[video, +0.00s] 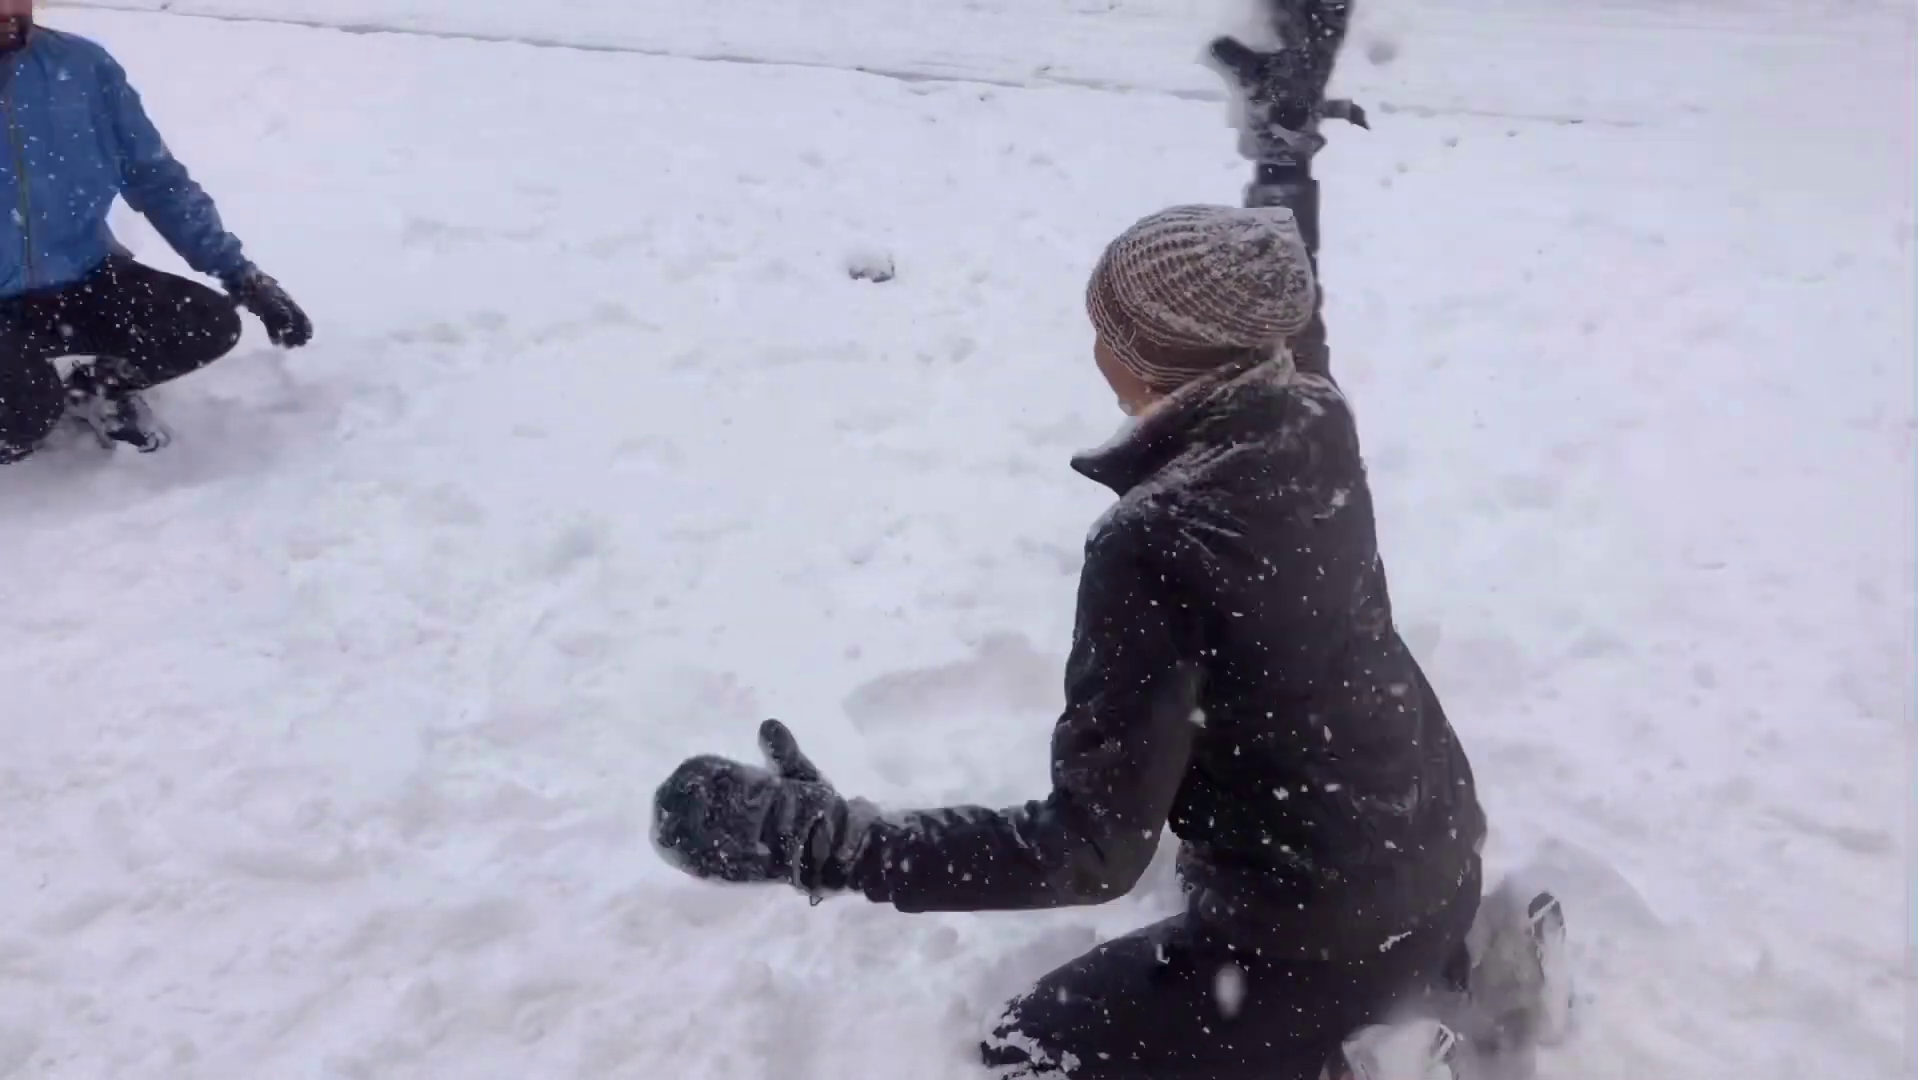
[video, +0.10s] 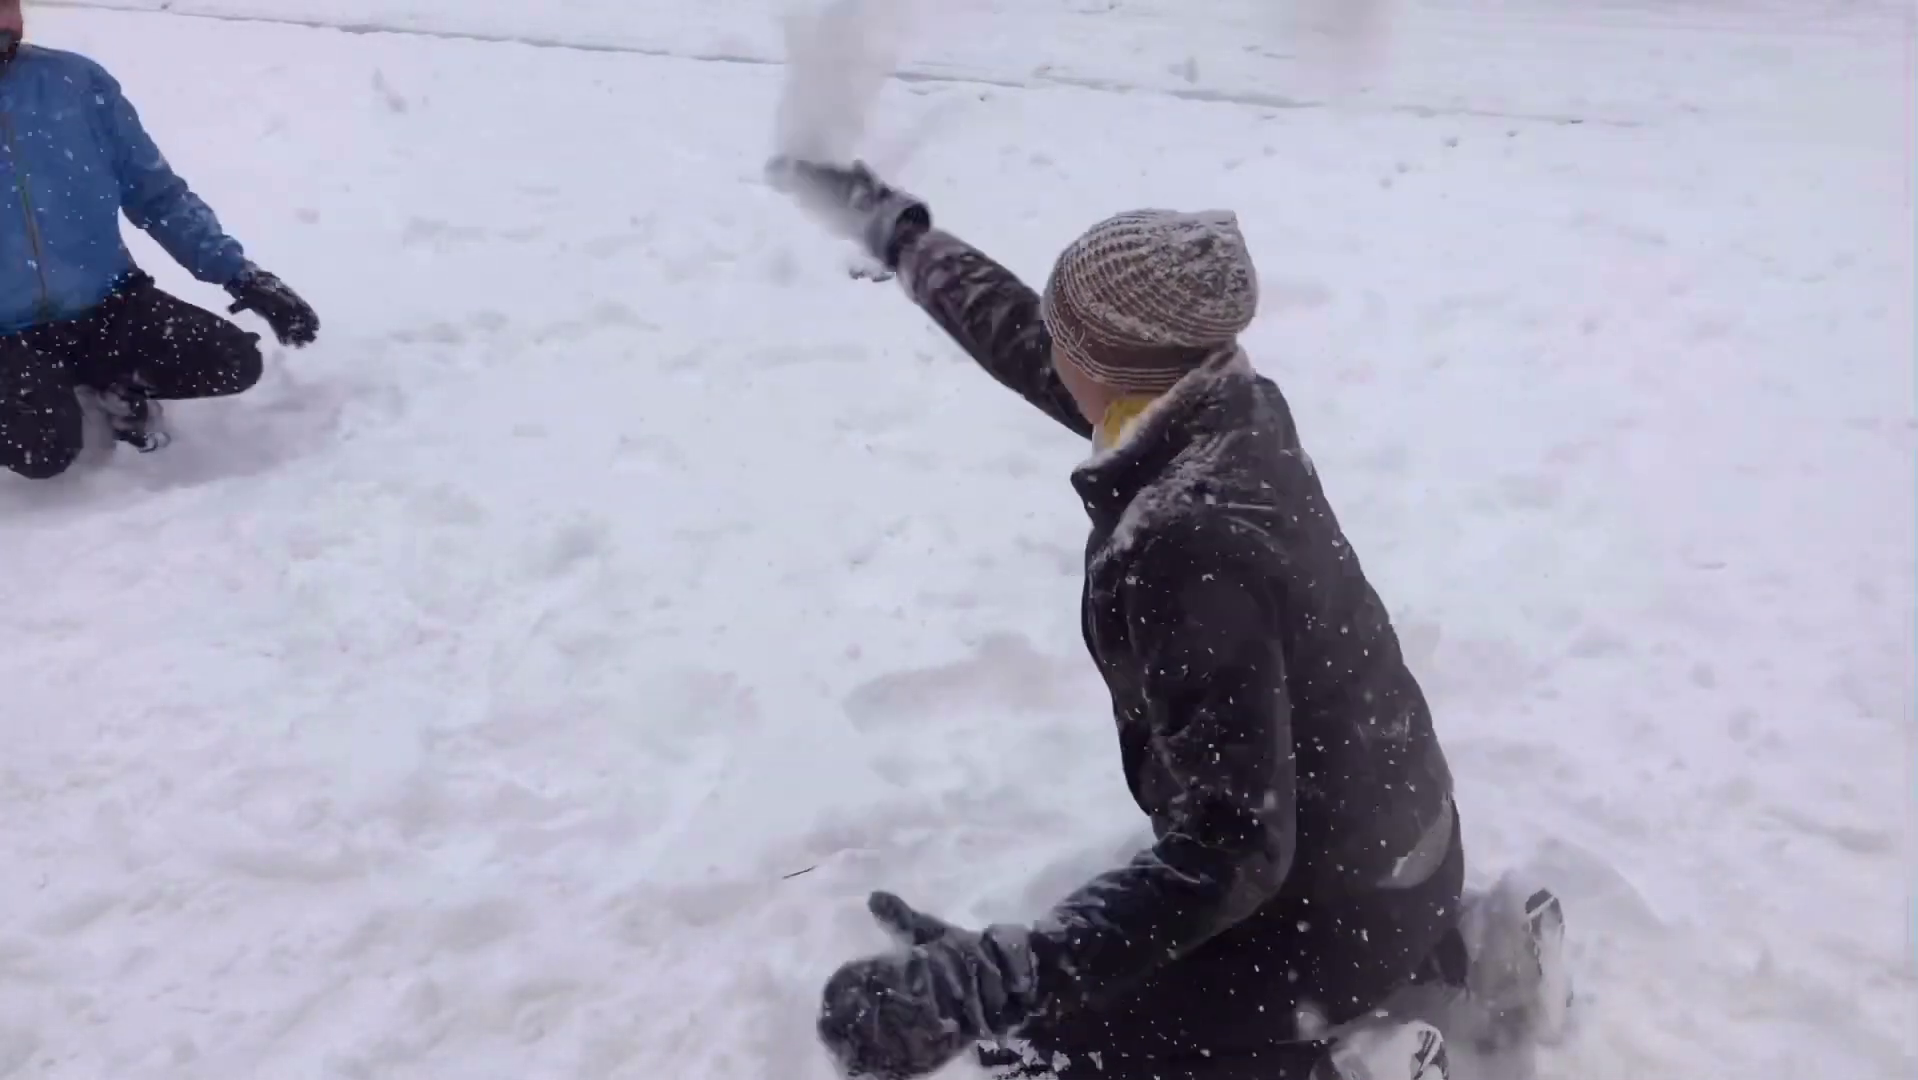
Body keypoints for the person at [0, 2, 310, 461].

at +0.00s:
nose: (13, 12)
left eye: (19, 2)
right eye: (4, 5)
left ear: (33, 4)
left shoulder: (82, 68)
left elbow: (158, 182)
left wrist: (244, 277)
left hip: (83, 284)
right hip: (5, 305)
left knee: (210, 323)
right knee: (25, 411)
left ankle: (100, 384)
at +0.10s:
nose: (11, 18)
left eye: (11, 7)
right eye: (5, 8)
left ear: (17, 12)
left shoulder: (73, 82)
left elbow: (157, 196)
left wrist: (243, 277)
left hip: (104, 305)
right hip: (12, 332)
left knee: (236, 363)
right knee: (44, 451)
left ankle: (113, 379)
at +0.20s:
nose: (6, 20)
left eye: (5, 10)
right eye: (2, 11)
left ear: (11, 15)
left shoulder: (71, 87)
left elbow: (150, 203)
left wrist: (235, 280)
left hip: (120, 316)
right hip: (20, 344)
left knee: (248, 397)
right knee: (63, 479)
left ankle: (132, 378)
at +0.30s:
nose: (8, 45)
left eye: (11, 28)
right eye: (0, 33)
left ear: (19, 26)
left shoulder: (79, 96)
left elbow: (155, 214)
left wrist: (237, 298)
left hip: (132, 321)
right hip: (25, 350)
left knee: (250, 416)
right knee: (81, 482)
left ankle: (150, 396)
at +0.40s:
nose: (19, 52)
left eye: (28, 32)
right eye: (7, 37)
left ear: (41, 31)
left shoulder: (91, 101)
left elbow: (167, 213)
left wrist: (247, 304)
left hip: (142, 324)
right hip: (36, 352)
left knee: (251, 431)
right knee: (87, 479)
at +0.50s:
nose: (46, 87)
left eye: (56, 68)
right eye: (26, 75)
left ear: (69, 53)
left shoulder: (116, 108)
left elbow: (188, 219)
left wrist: (262, 305)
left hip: (149, 327)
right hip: (41, 359)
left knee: (262, 436)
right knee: (115, 484)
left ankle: (165, 388)